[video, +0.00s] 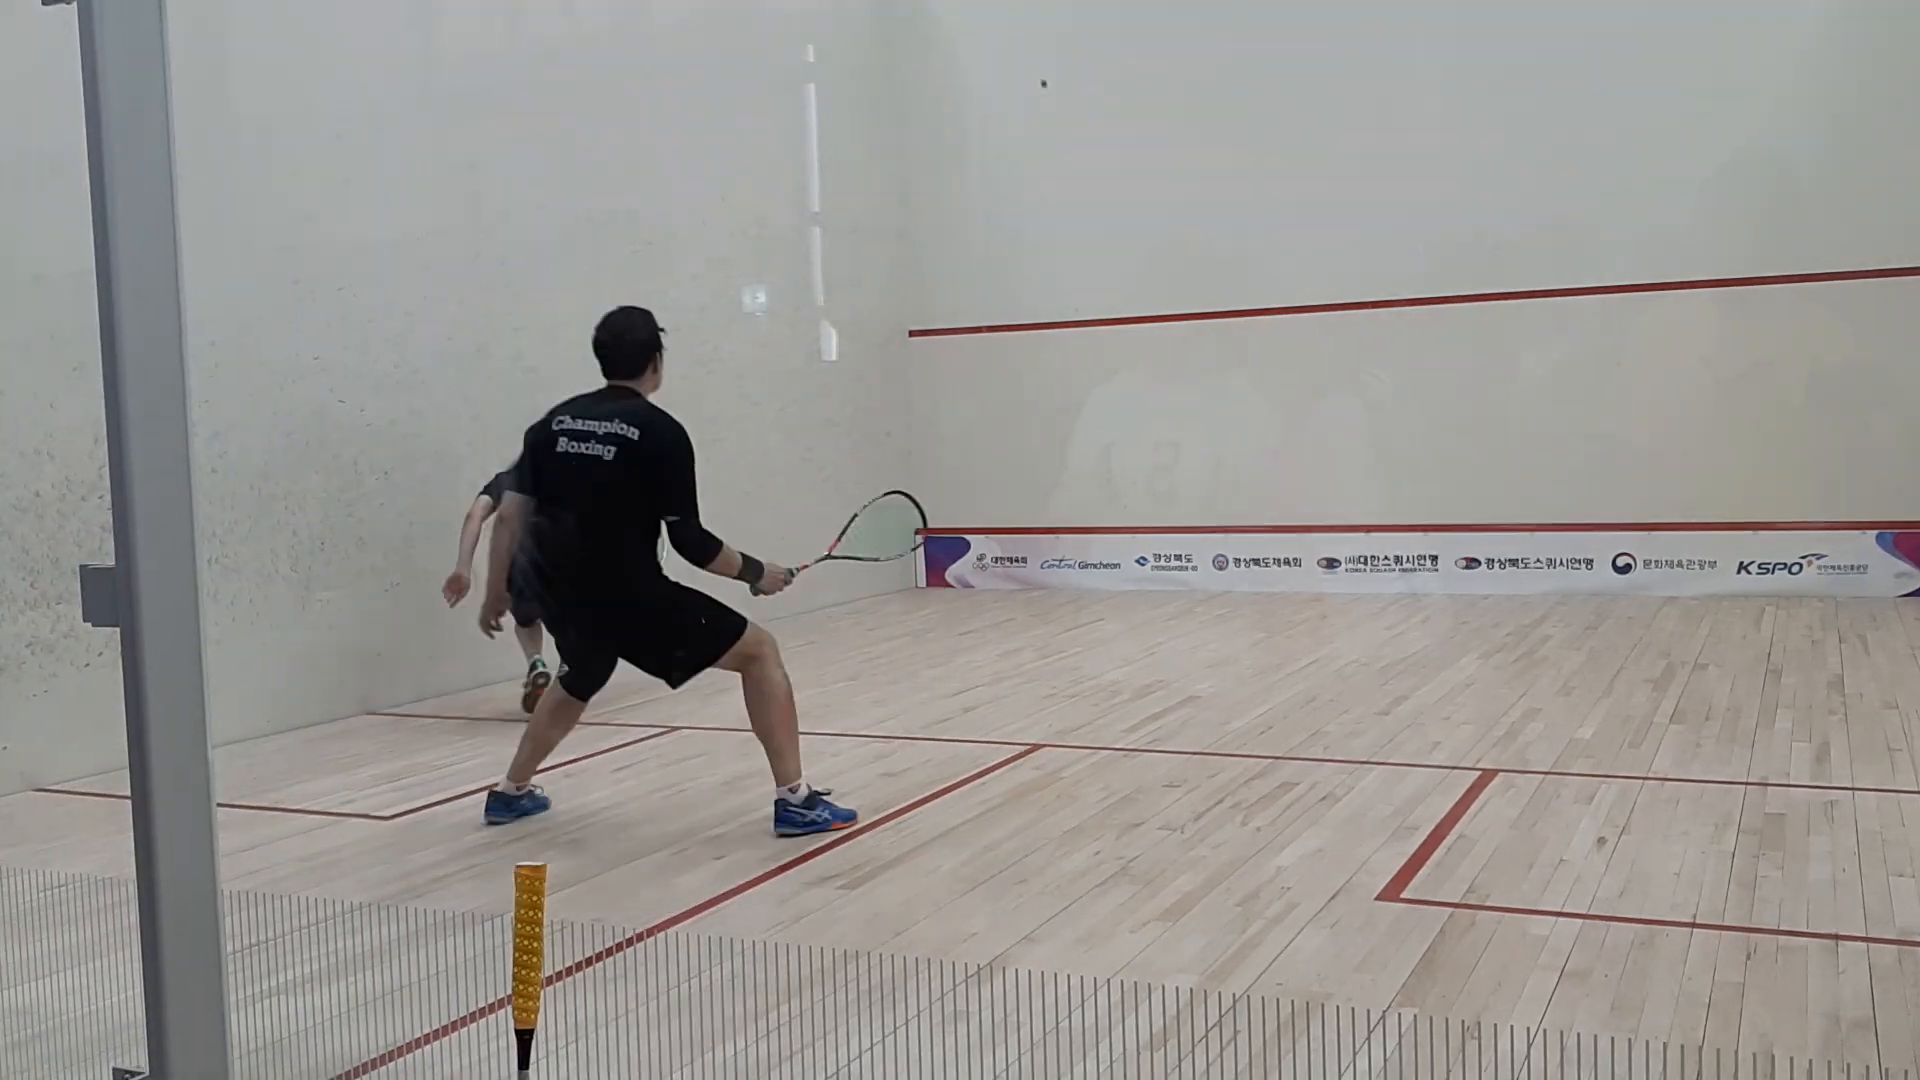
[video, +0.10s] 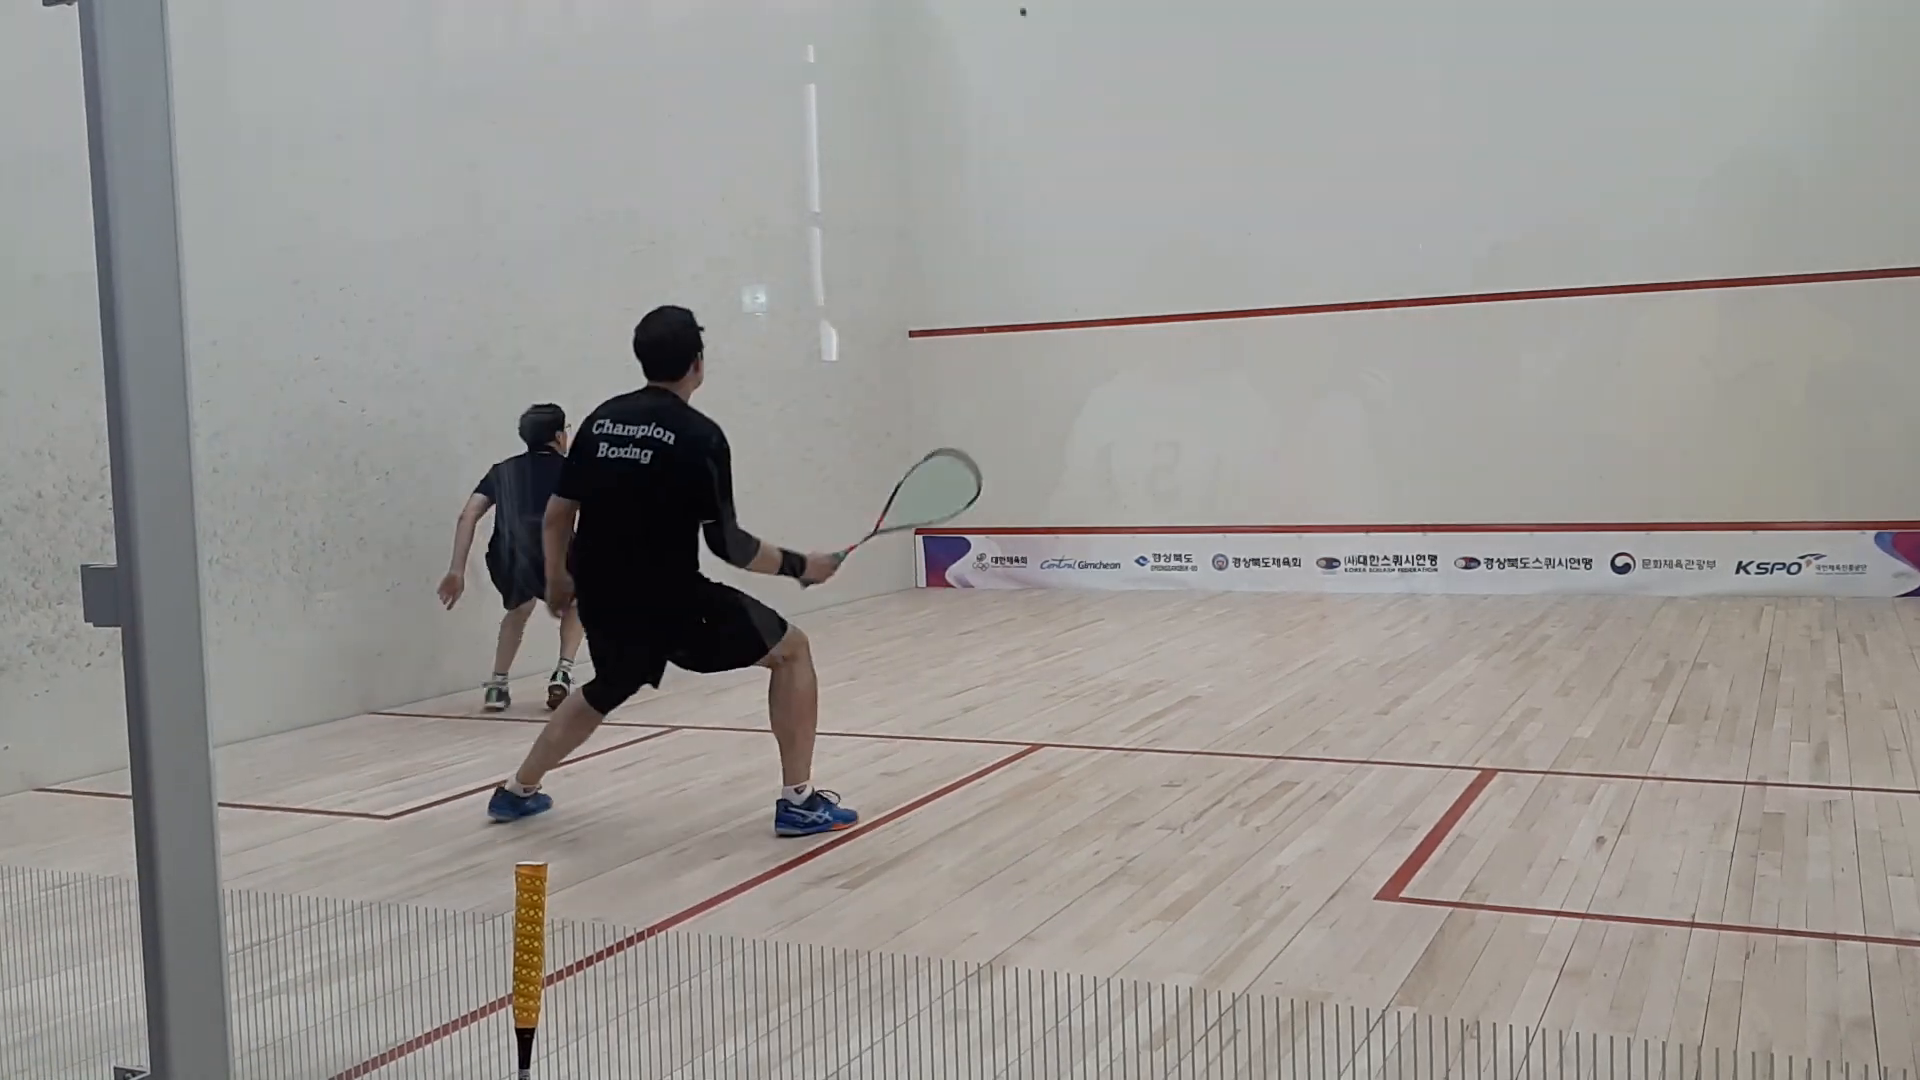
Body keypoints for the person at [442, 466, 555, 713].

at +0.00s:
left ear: (531, 448)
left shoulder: (515, 475)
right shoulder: (582, 481)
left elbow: (475, 515)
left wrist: (462, 569)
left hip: (526, 566)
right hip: (571, 569)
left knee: (526, 614)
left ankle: (536, 663)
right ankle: (567, 672)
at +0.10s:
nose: (568, 435)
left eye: (566, 429)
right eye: (566, 430)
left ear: (527, 438)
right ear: (558, 436)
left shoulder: (502, 470)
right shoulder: (572, 470)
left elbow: (469, 514)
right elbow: (589, 521)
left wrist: (456, 571)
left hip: (508, 560)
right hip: (555, 562)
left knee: (519, 607)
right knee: (574, 605)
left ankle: (497, 684)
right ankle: (563, 672)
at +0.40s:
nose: (578, 409)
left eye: (574, 403)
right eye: (569, 406)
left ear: (548, 423)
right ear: (550, 420)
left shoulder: (521, 460)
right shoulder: (574, 456)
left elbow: (489, 516)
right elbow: (598, 518)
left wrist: (483, 575)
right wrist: (620, 547)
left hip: (507, 562)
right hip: (547, 563)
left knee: (521, 607)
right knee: (620, 599)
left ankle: (489, 683)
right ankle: (599, 674)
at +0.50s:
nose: (596, 401)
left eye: (592, 395)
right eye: (587, 397)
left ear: (567, 416)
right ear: (567, 413)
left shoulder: (540, 453)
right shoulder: (588, 452)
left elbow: (508, 509)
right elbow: (620, 519)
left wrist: (497, 563)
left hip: (520, 556)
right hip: (557, 559)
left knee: (531, 609)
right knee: (634, 597)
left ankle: (489, 686)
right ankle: (629, 677)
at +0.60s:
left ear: (582, 399)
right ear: (610, 397)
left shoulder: (570, 436)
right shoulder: (619, 436)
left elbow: (534, 492)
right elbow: (636, 499)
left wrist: (512, 543)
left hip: (546, 545)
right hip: (584, 550)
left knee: (534, 614)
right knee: (647, 602)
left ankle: (493, 685)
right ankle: (635, 684)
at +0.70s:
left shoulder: (603, 414)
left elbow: (557, 465)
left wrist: (540, 518)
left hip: (580, 522)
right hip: (631, 526)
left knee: (554, 607)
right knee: (646, 616)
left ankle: (521, 686)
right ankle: (631, 699)